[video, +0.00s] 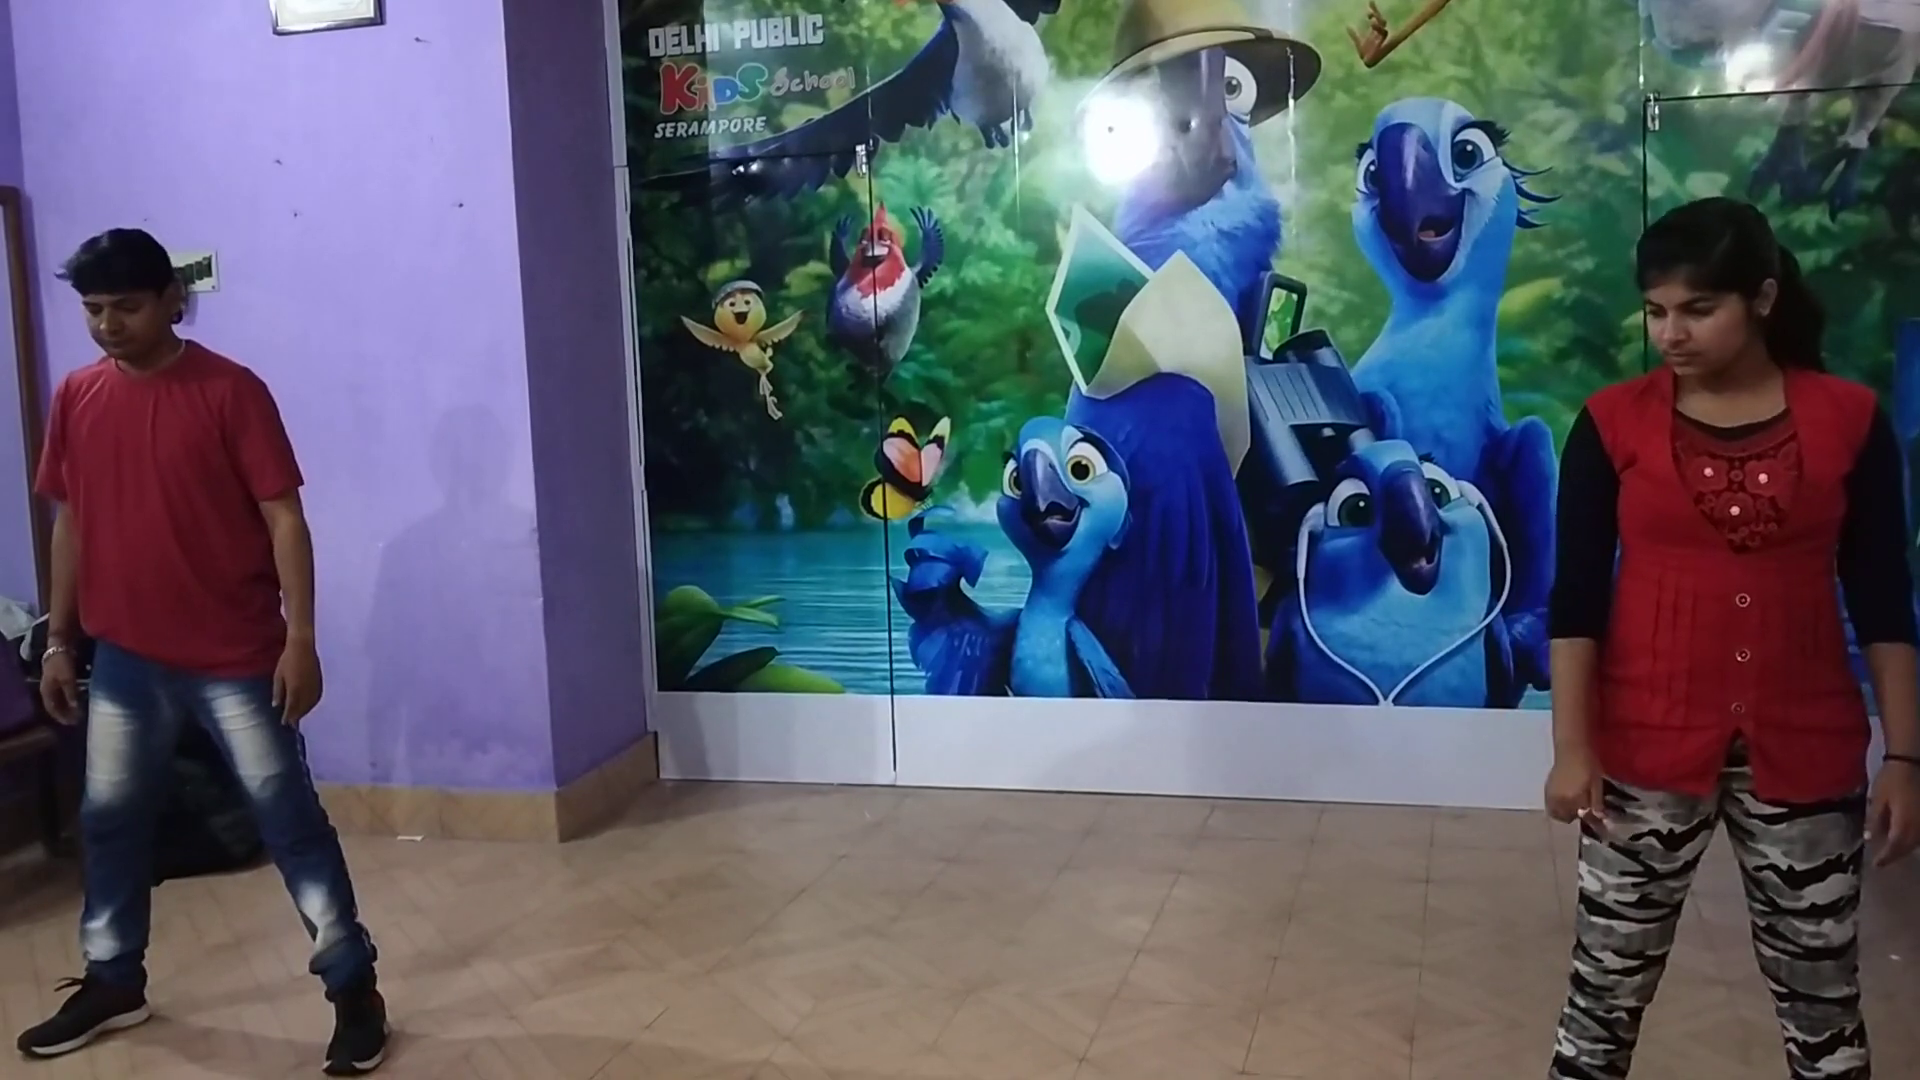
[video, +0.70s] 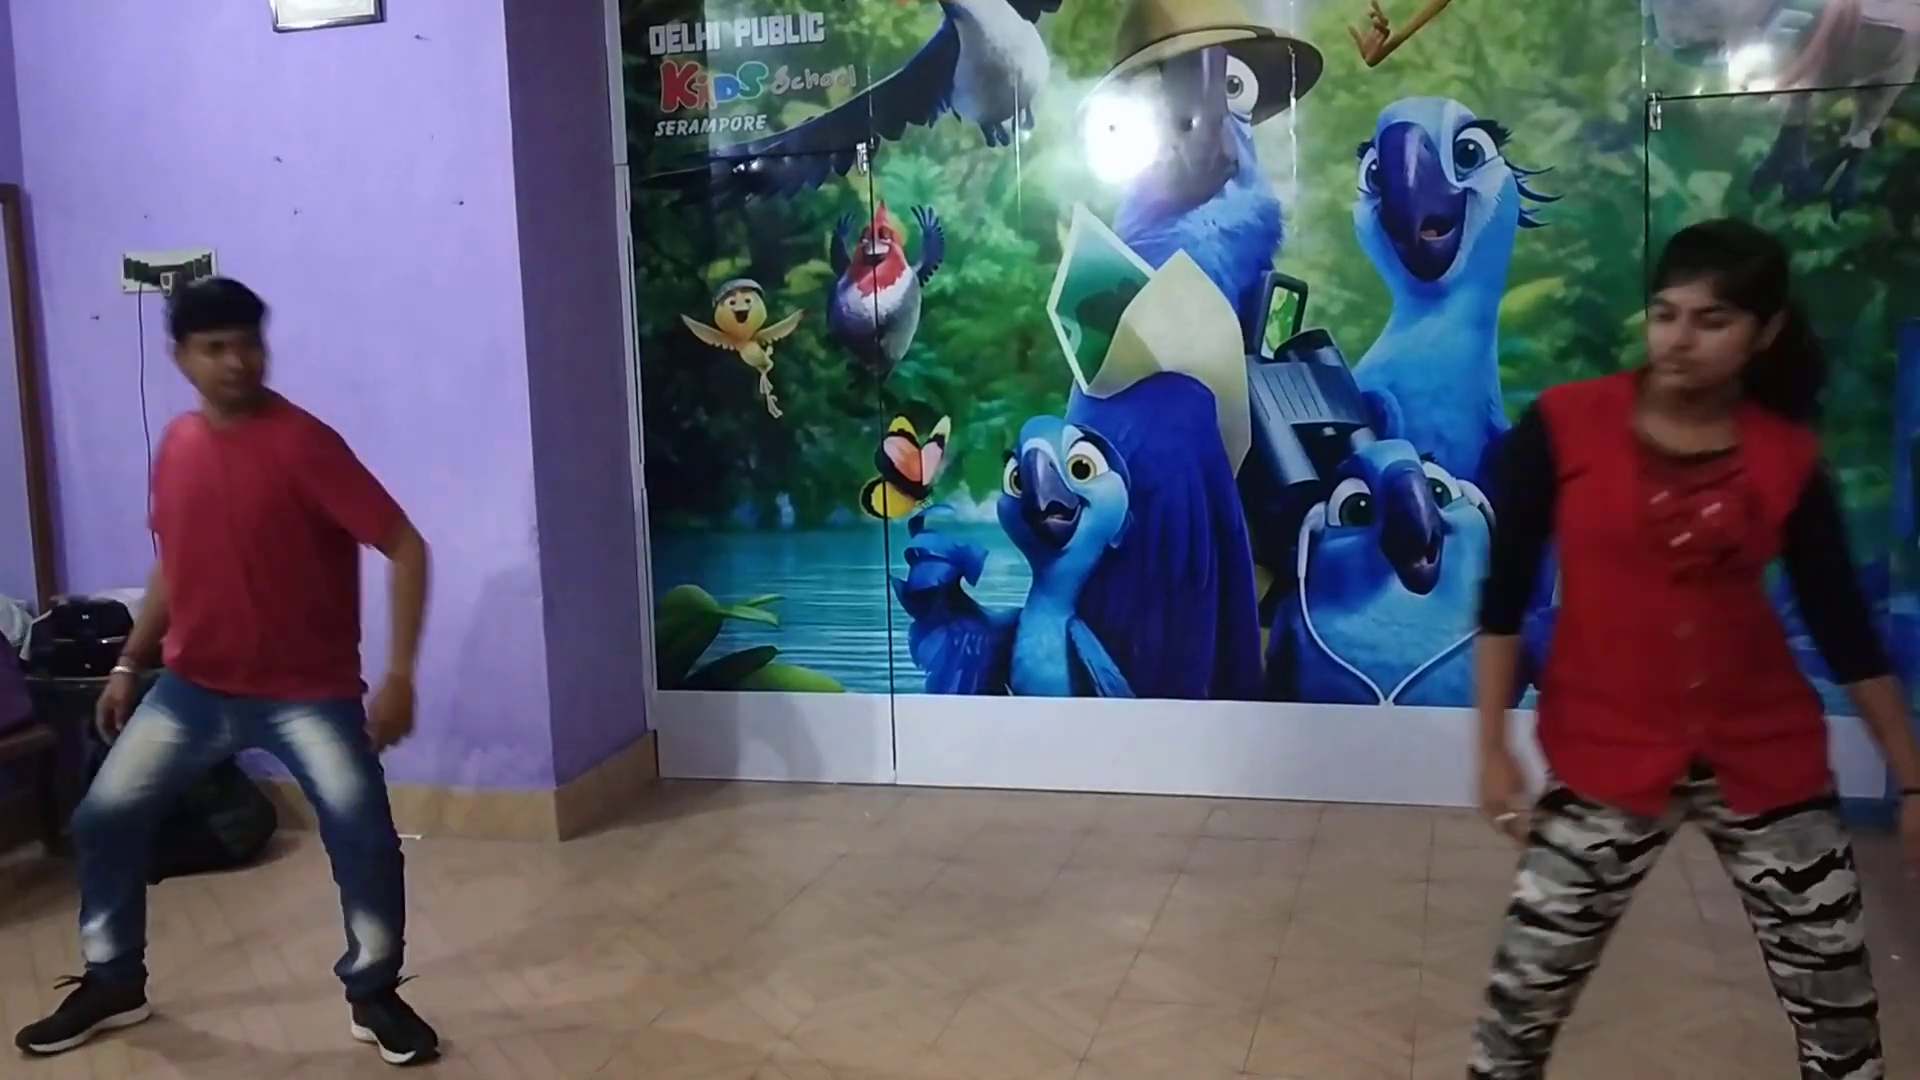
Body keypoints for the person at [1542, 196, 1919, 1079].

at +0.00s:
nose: (1669, 331)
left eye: (1695, 309)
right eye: (1656, 309)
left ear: (1761, 301)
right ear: (1644, 306)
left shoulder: (1848, 422)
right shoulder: (1611, 424)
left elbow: (1881, 598)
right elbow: (1576, 597)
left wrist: (1901, 753)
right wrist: (1570, 744)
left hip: (1803, 749)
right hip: (1646, 748)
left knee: (1822, 998)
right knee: (1606, 992)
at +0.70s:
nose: (1681, 340)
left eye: (1711, 320)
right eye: (1666, 315)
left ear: (1764, 334)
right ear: (1645, 318)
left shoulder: (1786, 459)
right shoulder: (1562, 428)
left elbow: (1843, 626)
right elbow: (1506, 590)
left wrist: (1910, 775)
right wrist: (1492, 745)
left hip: (1761, 749)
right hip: (1605, 749)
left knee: (1836, 991)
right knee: (1525, 989)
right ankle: (1499, 1073)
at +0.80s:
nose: (1612, 369)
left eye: (1646, 353)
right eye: (1604, 343)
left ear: (1694, 377)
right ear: (1584, 349)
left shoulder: (1720, 488)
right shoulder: (1498, 470)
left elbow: (1791, 645)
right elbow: (1439, 626)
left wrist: (1882, 804)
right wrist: (1424, 789)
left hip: (1722, 773)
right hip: (1568, 785)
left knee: (1860, 1011)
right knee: (1475, 1024)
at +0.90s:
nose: (1533, 419)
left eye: (1566, 402)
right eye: (1524, 395)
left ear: (1617, 423)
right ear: (1504, 406)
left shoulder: (1674, 532)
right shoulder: (1442, 548)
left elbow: (1762, 677)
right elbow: (1385, 708)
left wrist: (1853, 824)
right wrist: (1351, 867)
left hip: (1710, 814)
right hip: (1547, 826)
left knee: (1876, 1020)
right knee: (1446, 1029)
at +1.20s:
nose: (1479, 517)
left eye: (1501, 492)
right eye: (1468, 498)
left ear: (1570, 492)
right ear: (1460, 506)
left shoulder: (1694, 565)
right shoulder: (1488, 650)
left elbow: (1808, 695)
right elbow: (1450, 816)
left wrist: (1890, 838)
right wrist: (1381, 972)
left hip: (1755, 841)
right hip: (1598, 852)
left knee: (1892, 1024)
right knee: (1463, 1015)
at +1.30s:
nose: (1543, 487)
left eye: (1565, 459)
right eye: (1531, 470)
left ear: (1635, 449)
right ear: (1523, 477)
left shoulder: (1770, 538)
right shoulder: (1551, 615)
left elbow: (1868, 691)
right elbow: (1515, 780)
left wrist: (1917, 822)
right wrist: (1451, 933)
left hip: (1798, 830)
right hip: (1633, 837)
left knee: (1912, 1028)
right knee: (1496, 1017)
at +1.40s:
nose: (1610, 421)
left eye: (1626, 393)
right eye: (1599, 405)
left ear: (1699, 379)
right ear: (1595, 414)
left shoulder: (1841, 479)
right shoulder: (1618, 540)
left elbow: (1909, 637)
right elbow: (1579, 705)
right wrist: (1526, 861)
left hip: (1840, 782)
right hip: (1678, 789)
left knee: (1917, 1013)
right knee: (1540, 995)